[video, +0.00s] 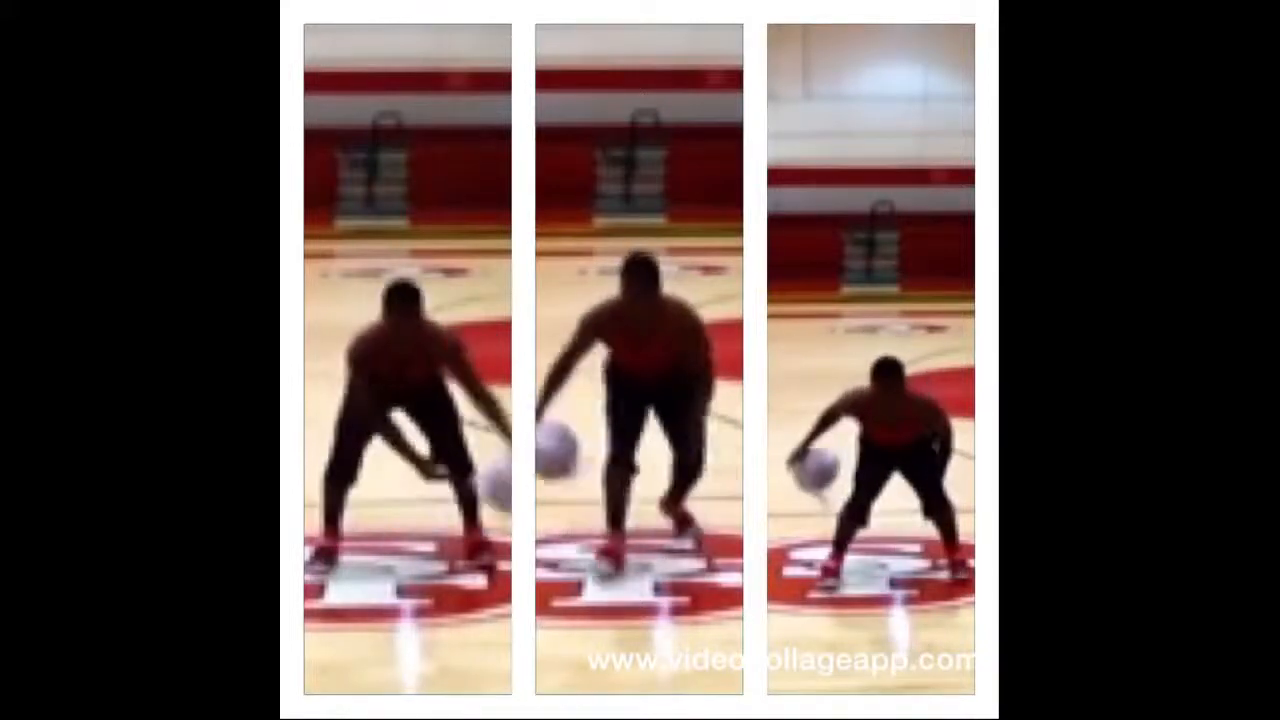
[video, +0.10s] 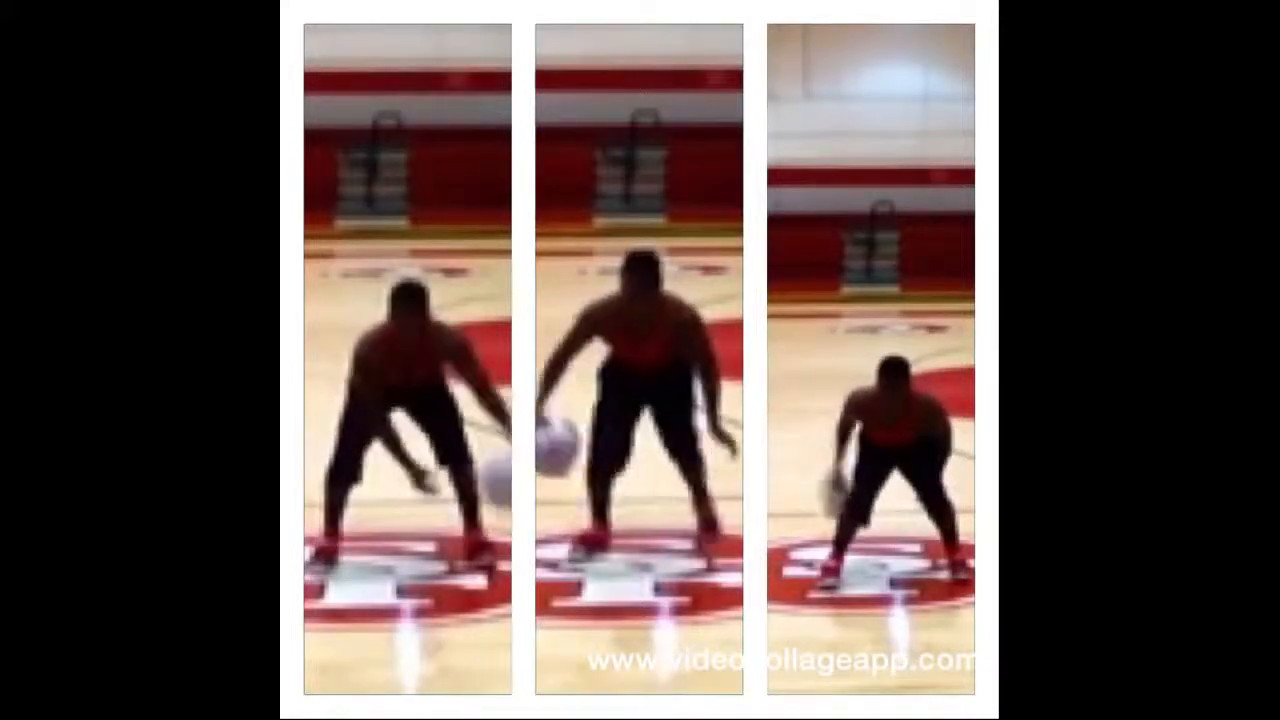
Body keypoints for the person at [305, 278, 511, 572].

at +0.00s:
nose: (404, 329)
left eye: (411, 319)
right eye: (397, 320)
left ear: (420, 314)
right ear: (385, 315)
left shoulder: (438, 342)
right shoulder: (364, 350)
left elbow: (476, 390)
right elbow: (376, 417)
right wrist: (418, 462)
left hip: (423, 391)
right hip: (371, 394)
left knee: (458, 462)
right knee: (339, 471)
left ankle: (474, 536)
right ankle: (330, 541)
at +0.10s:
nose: (410, 330)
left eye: (417, 320)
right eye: (402, 321)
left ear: (427, 315)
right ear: (391, 317)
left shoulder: (445, 340)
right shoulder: (371, 349)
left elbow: (481, 387)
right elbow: (376, 418)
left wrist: (510, 426)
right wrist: (411, 468)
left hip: (425, 391)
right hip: (374, 394)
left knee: (459, 459)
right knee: (341, 470)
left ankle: (474, 535)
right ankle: (331, 539)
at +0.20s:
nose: (408, 329)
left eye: (414, 319)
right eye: (401, 320)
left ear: (425, 313)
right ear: (389, 316)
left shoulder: (446, 345)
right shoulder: (371, 347)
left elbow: (450, 413)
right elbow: (363, 426)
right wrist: (373, 479)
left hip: (427, 394)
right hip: (376, 395)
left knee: (461, 460)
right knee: (343, 467)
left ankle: (473, 536)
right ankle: (330, 540)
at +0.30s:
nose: (399, 331)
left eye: (407, 321)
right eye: (392, 321)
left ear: (417, 316)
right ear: (382, 317)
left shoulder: (436, 346)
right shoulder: (363, 349)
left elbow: (420, 418)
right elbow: (338, 409)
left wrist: (381, 463)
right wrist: (313, 462)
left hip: (426, 394)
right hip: (374, 394)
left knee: (459, 459)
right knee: (343, 460)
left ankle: (474, 536)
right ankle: (327, 545)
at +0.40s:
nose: (394, 333)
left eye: (401, 323)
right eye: (387, 323)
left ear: (412, 318)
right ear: (377, 319)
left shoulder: (433, 345)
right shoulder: (356, 347)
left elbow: (422, 416)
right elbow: (336, 400)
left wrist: (386, 460)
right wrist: (313, 448)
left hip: (424, 394)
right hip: (374, 395)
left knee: (458, 458)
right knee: (345, 457)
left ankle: (474, 535)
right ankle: (330, 539)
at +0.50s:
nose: (395, 330)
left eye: (402, 319)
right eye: (388, 320)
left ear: (413, 315)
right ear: (377, 316)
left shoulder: (433, 344)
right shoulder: (356, 350)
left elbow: (440, 417)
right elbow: (361, 425)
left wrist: (435, 478)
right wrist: (381, 472)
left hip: (423, 392)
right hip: (370, 396)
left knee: (460, 458)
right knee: (339, 469)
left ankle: (477, 533)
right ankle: (330, 540)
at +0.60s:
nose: (403, 332)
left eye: (410, 322)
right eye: (396, 323)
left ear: (420, 319)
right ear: (385, 320)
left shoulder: (438, 347)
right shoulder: (364, 356)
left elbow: (471, 398)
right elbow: (381, 420)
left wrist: (502, 442)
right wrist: (425, 462)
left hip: (424, 398)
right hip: (372, 400)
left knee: (460, 465)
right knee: (339, 472)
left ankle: (475, 536)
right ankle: (330, 540)